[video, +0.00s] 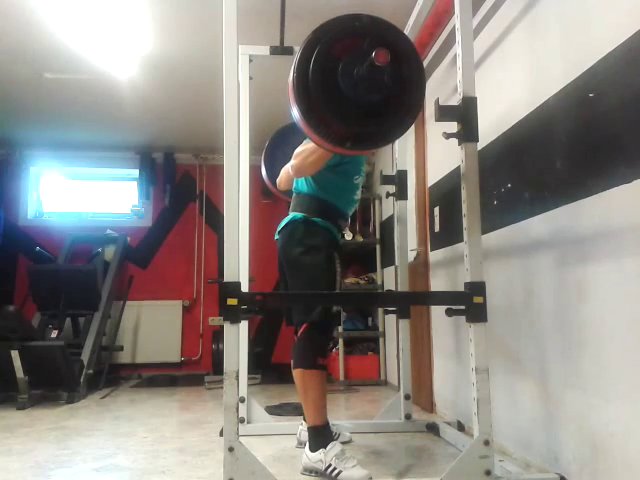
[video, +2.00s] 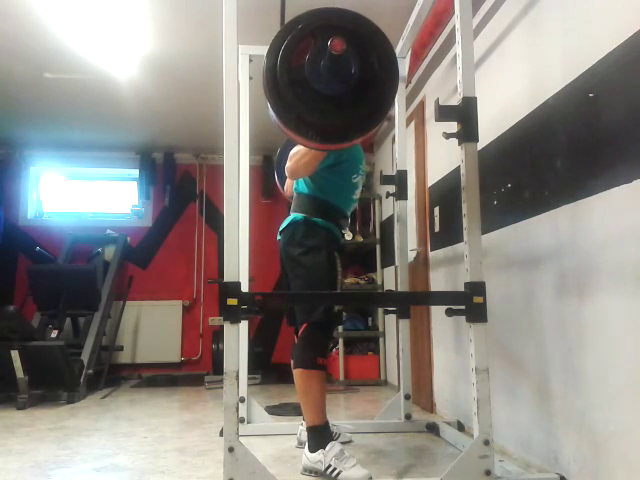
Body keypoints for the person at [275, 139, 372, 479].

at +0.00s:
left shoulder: (347, 140)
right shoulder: (333, 133)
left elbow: (282, 181)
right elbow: (294, 169)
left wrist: (299, 166)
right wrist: (333, 141)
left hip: (316, 234)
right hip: (307, 232)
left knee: (314, 332)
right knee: (314, 331)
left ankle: (315, 429)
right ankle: (319, 445)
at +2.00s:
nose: (372, 127)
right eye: (368, 120)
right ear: (352, 114)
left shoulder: (345, 146)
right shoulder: (331, 135)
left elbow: (289, 187)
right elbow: (293, 170)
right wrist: (328, 131)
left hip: (317, 235)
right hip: (309, 234)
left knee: (313, 332)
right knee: (315, 331)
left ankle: (314, 429)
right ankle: (319, 446)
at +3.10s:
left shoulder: (353, 169)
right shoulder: (327, 166)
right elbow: (293, 212)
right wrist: (339, 182)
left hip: (306, 259)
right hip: (285, 255)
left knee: (333, 328)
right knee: (351, 324)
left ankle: (314, 422)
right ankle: (321, 445)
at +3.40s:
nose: (351, 166)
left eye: (356, 160)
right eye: (346, 160)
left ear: (367, 165)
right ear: (336, 164)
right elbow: (300, 245)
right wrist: (341, 206)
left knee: (340, 337)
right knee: (359, 337)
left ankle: (315, 427)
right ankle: (322, 448)